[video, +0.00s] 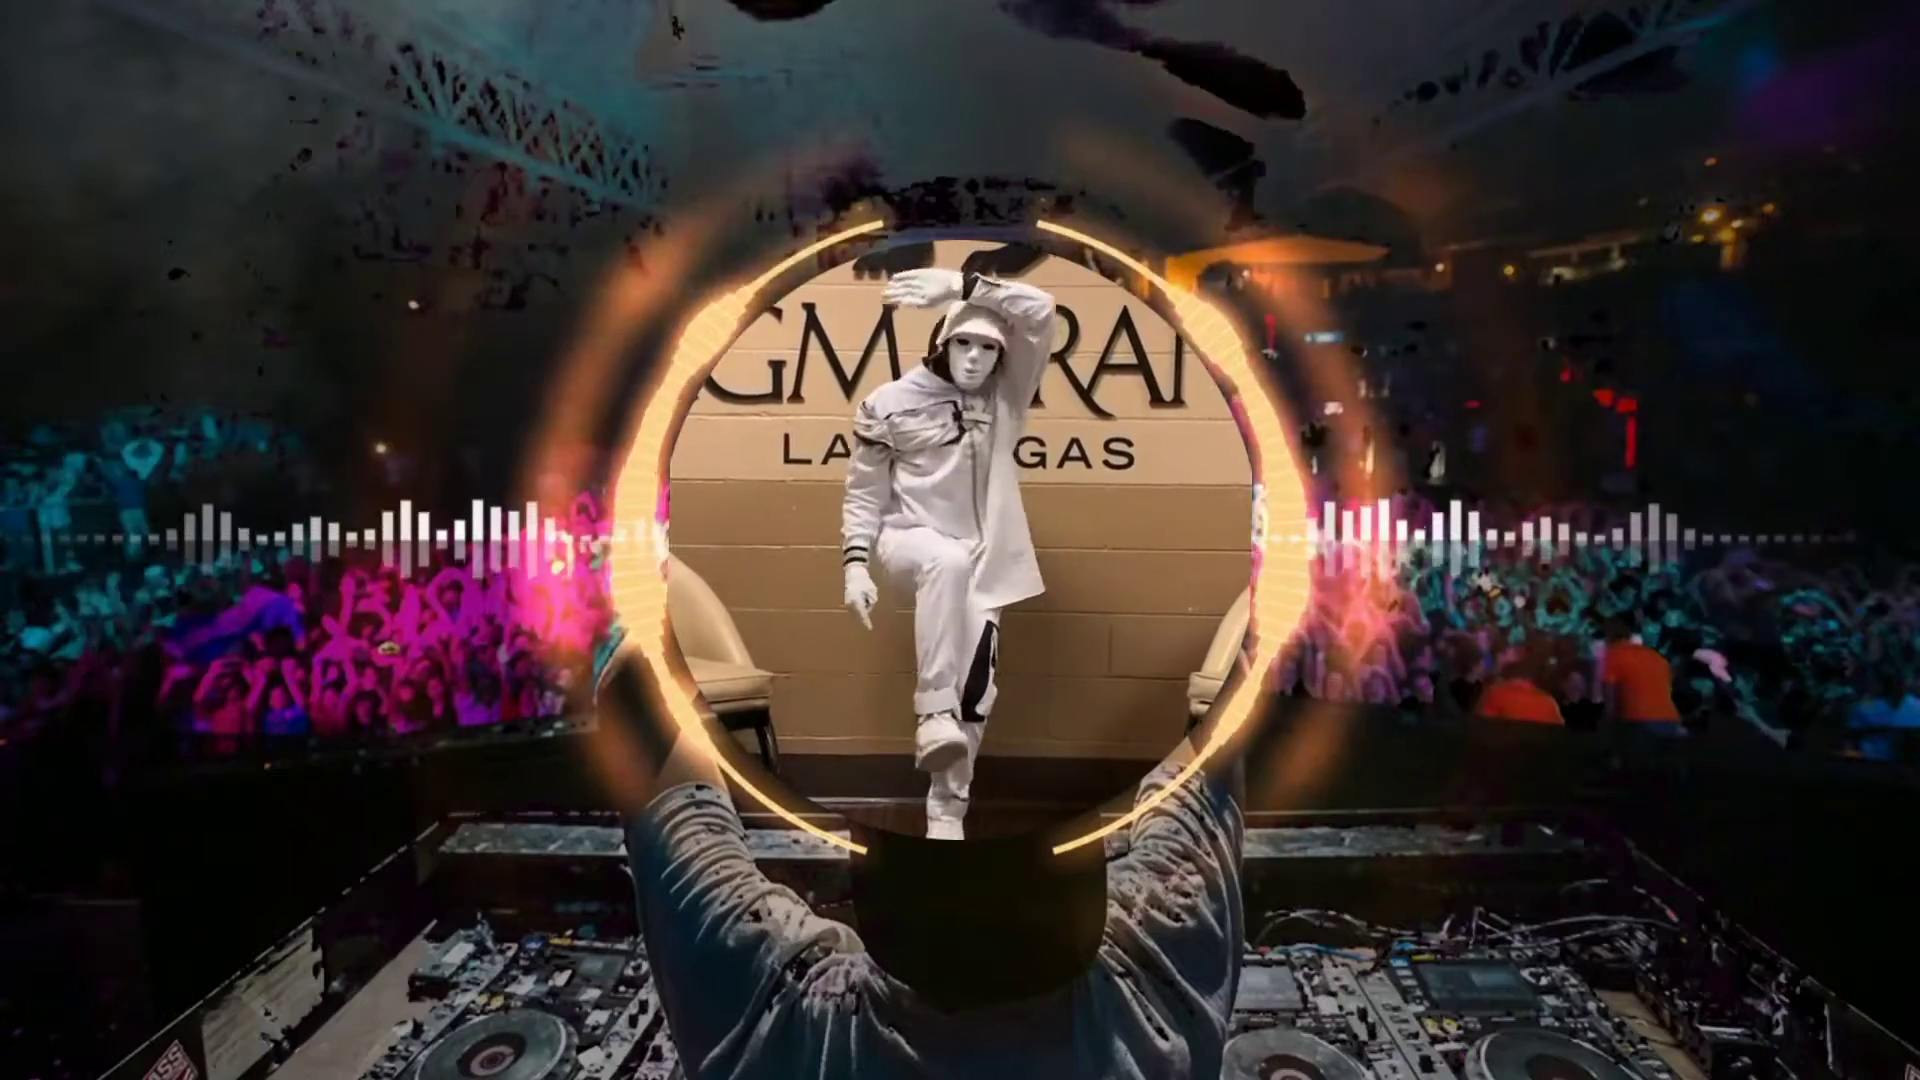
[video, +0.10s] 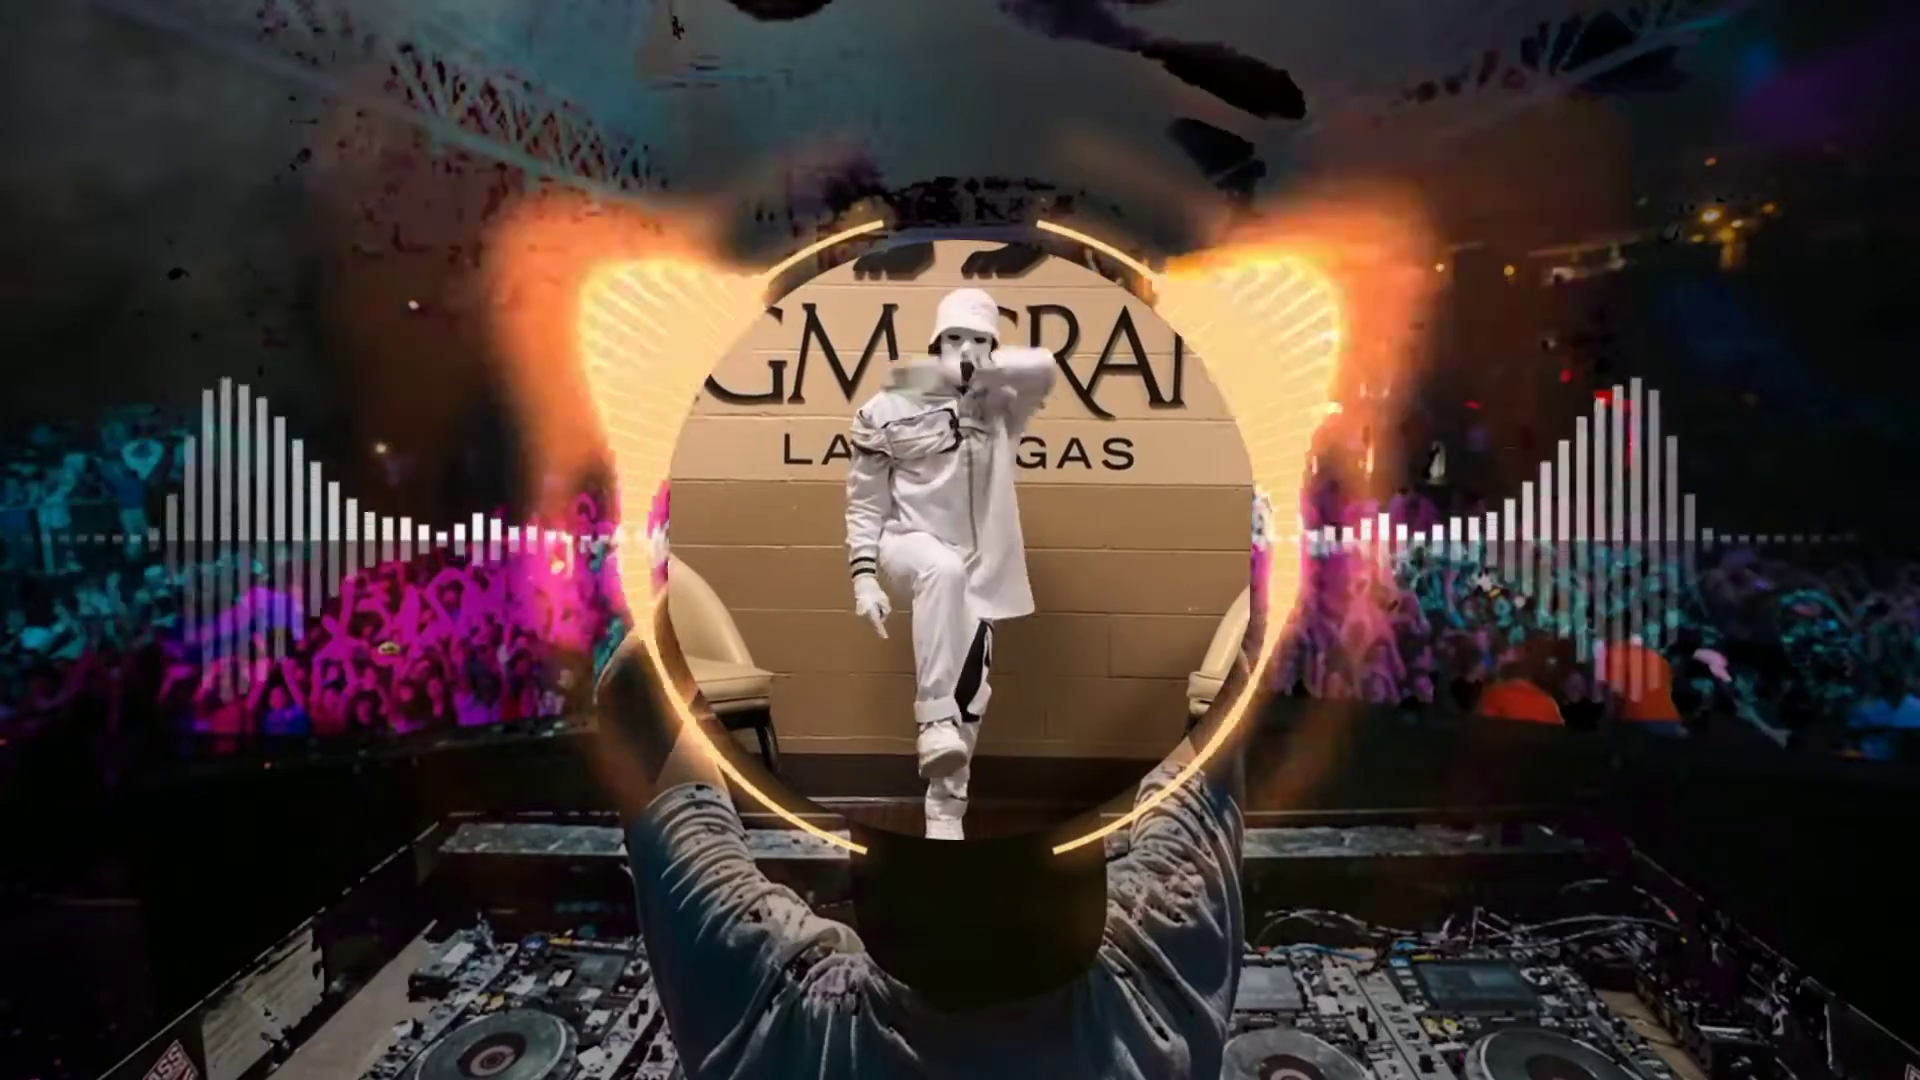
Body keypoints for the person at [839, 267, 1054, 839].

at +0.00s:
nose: (974, 357)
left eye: (986, 348)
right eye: (964, 344)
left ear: (999, 356)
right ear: (944, 346)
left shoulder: (1005, 399)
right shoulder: (892, 404)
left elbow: (1041, 315)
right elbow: (865, 493)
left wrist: (960, 283)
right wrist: (856, 561)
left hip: (983, 558)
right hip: (906, 543)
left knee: (971, 701)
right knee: (950, 557)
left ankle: (947, 820)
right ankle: (937, 711)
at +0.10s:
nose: (968, 353)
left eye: (979, 343)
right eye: (957, 341)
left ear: (994, 350)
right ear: (936, 344)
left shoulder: (1002, 405)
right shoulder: (886, 414)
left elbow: (1041, 367)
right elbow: (866, 502)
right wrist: (863, 572)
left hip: (980, 564)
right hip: (907, 544)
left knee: (966, 705)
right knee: (945, 567)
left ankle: (946, 816)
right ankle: (936, 718)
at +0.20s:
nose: (960, 349)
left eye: (972, 338)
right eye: (950, 337)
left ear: (988, 346)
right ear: (933, 342)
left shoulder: (1003, 395)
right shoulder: (886, 413)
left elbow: (1037, 430)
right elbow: (865, 506)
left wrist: (972, 449)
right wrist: (863, 581)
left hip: (983, 561)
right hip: (907, 546)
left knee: (963, 694)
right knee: (942, 567)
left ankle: (945, 814)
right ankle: (933, 716)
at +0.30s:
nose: (959, 350)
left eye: (971, 339)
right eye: (949, 338)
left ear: (986, 347)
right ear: (932, 343)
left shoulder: (1005, 402)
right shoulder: (886, 414)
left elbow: (1034, 457)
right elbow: (863, 503)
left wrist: (969, 480)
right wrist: (868, 580)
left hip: (984, 557)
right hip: (907, 543)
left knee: (961, 690)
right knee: (938, 567)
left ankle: (944, 814)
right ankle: (929, 714)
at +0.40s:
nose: (957, 350)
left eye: (969, 339)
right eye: (947, 337)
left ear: (984, 346)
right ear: (930, 342)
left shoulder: (1006, 411)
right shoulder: (887, 412)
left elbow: (1009, 499)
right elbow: (864, 504)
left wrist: (961, 482)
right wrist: (867, 580)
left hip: (978, 551)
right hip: (909, 543)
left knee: (963, 679)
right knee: (926, 597)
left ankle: (945, 809)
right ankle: (918, 744)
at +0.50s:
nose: (960, 350)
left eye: (972, 340)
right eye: (951, 338)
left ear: (987, 349)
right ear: (934, 345)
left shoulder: (1006, 419)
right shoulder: (887, 412)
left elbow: (992, 508)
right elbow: (862, 505)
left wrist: (949, 444)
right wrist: (850, 583)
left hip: (965, 580)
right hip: (895, 577)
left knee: (951, 697)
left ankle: (945, 815)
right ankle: (867, 802)